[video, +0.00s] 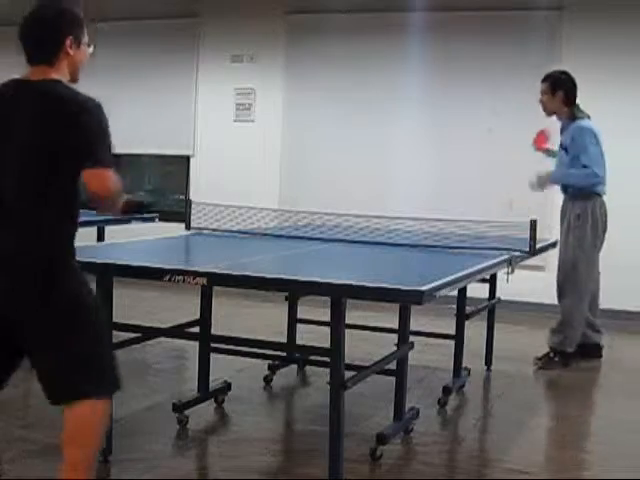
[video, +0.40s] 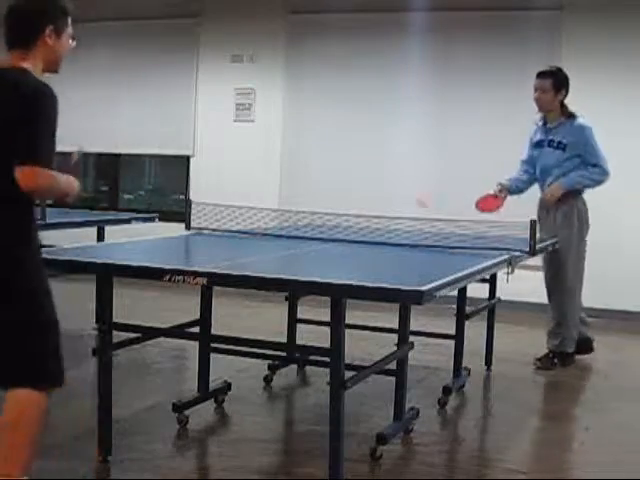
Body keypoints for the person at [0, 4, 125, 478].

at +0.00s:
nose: (86, 54)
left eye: (85, 45)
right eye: (85, 45)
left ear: (29, 47)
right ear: (70, 47)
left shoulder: (4, 96)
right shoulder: (79, 109)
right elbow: (100, 184)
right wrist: (116, 201)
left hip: (2, 267)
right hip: (44, 270)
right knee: (91, 386)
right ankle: (76, 472)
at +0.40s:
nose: (70, 47)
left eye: (70, 37)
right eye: (67, 37)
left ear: (20, 35)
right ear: (46, 37)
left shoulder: (5, 82)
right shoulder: (32, 92)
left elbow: (22, 173)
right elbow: (28, 176)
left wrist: (53, 180)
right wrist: (65, 184)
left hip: (11, 251)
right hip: (12, 253)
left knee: (28, 367)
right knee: (33, 371)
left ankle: (13, 468)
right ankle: (12, 470)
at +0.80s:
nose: (46, 58)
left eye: (48, 48)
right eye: (44, 47)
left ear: (16, 44)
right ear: (19, 43)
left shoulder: (8, 101)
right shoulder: (11, 105)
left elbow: (51, 190)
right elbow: (54, 194)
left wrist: (123, 214)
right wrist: (127, 216)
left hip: (2, 258)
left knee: (26, 356)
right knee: (27, 359)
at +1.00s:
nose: (67, 51)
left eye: (69, 41)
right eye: (65, 41)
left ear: (15, 39)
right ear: (40, 41)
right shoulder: (52, 102)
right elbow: (126, 158)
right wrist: (190, 187)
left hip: (5, 253)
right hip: (3, 254)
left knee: (24, 360)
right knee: (30, 364)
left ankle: (11, 468)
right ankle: (11, 472)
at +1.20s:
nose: (81, 36)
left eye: (81, 25)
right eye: (79, 25)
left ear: (22, 25)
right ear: (59, 29)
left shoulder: (4, 70)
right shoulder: (73, 92)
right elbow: (110, 161)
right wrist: (137, 158)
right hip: (22, 255)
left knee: (21, 374)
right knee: (31, 379)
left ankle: (14, 467)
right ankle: (15, 473)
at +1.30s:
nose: (76, 33)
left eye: (77, 23)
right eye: (75, 22)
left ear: (22, 19)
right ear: (59, 23)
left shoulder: (2, 66)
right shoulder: (73, 89)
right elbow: (81, 173)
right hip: (26, 247)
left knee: (21, 367)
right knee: (28, 372)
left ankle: (15, 465)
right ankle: (17, 471)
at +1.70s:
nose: (70, 25)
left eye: (70, 17)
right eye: (70, 16)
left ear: (10, 15)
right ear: (58, 15)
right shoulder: (60, 71)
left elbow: (108, 133)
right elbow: (109, 133)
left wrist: (105, 195)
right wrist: (110, 195)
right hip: (18, 236)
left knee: (34, 359)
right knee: (36, 363)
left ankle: (13, 465)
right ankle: (13, 468)